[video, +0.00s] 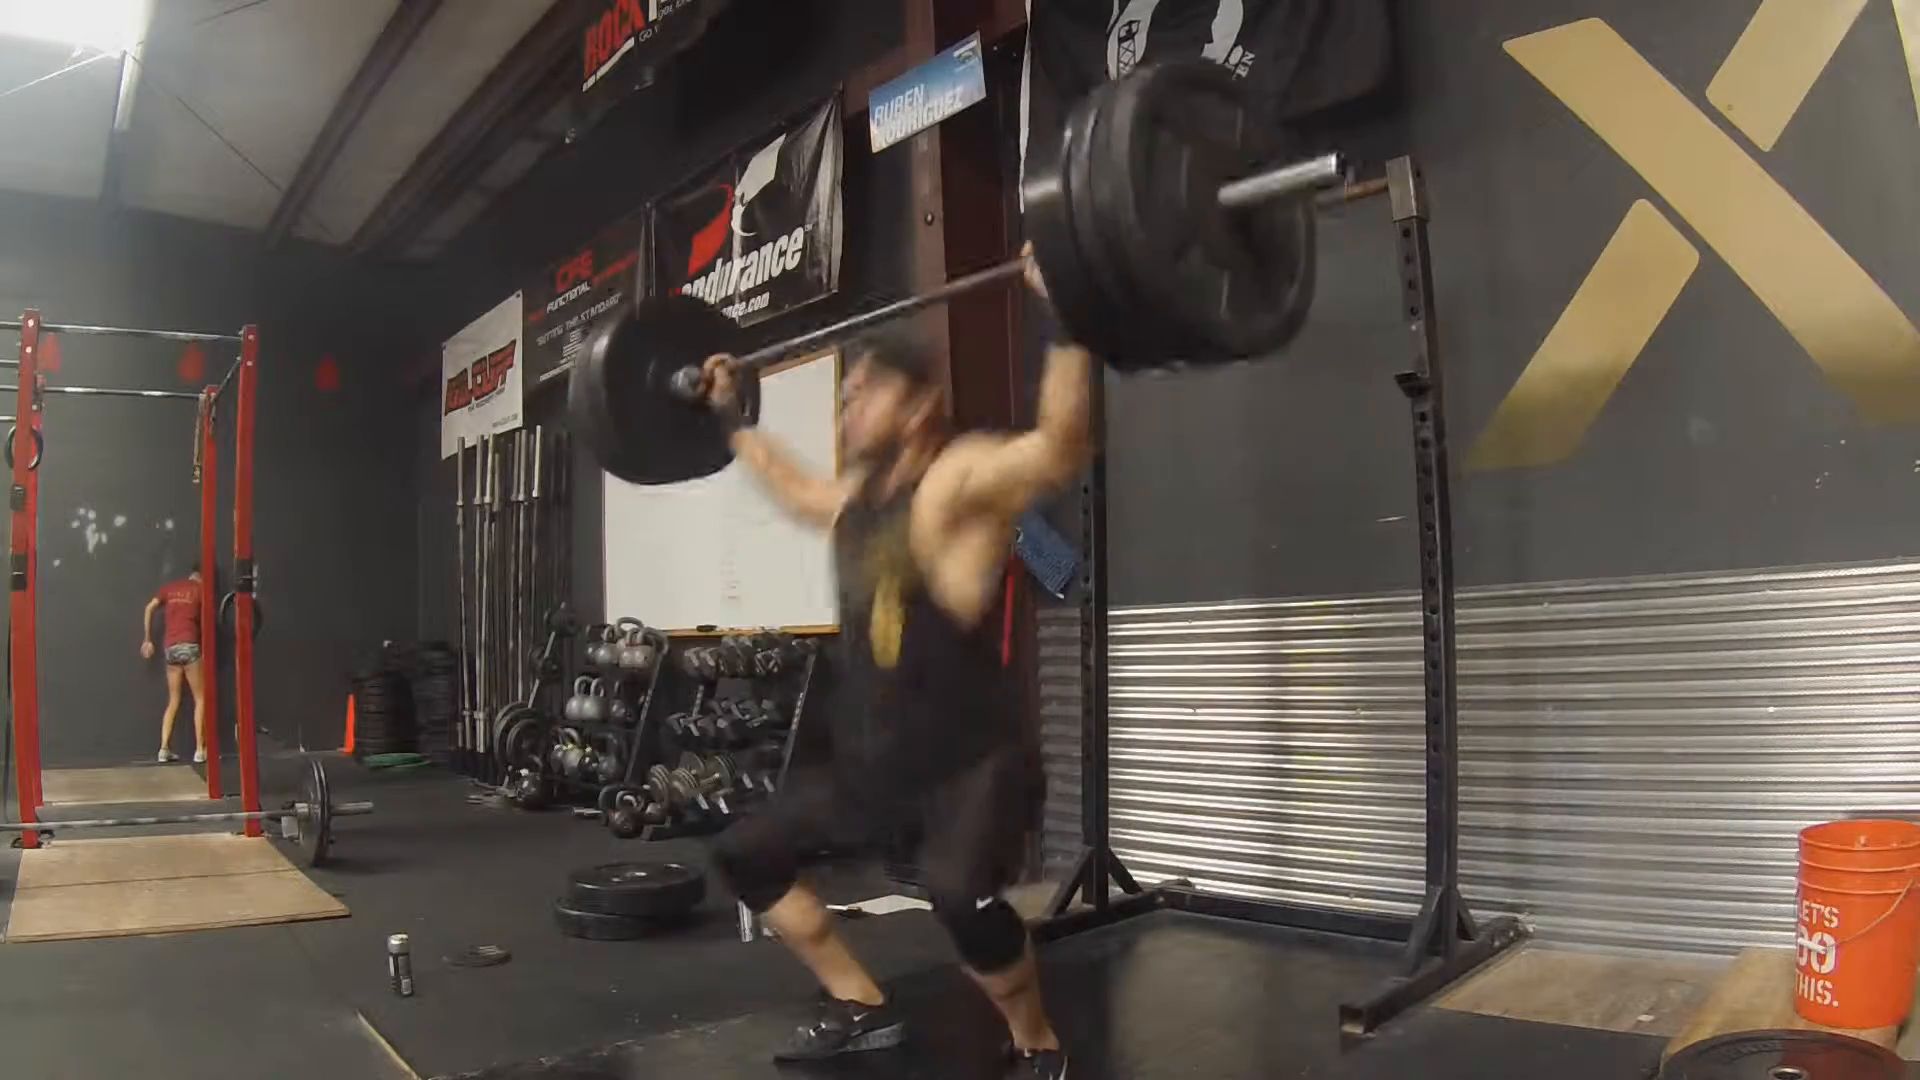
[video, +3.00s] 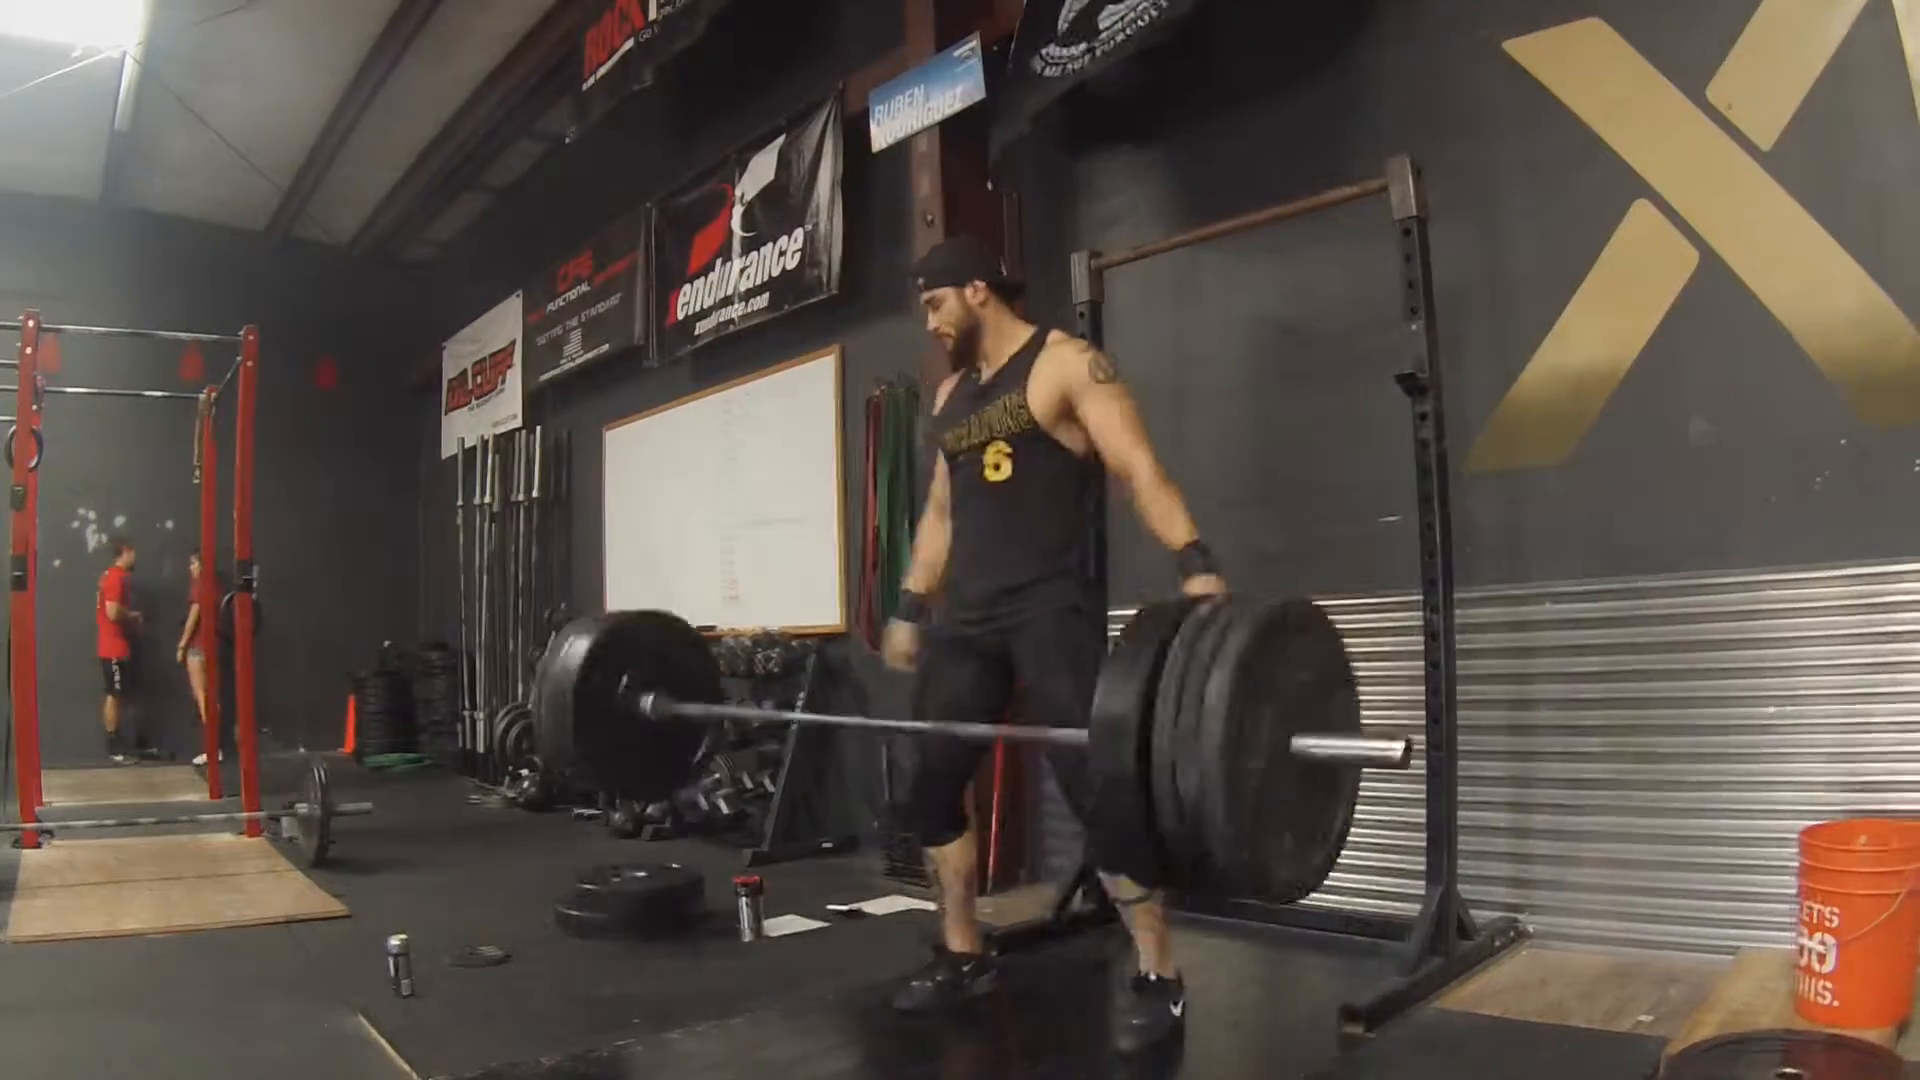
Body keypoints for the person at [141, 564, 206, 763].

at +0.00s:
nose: (204, 582)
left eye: (203, 578)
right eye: (204, 578)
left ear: (190, 573)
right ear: (201, 576)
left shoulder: (170, 588)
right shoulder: (201, 589)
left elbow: (149, 608)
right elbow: (207, 618)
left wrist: (147, 639)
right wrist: (208, 644)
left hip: (170, 643)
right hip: (190, 642)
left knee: (173, 700)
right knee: (199, 698)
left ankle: (164, 748)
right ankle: (200, 749)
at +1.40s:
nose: (182, 568)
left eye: (182, 564)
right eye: (187, 564)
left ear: (181, 564)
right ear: (197, 564)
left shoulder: (170, 585)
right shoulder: (201, 584)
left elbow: (167, 615)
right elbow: (207, 614)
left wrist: (170, 631)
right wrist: (207, 636)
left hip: (174, 641)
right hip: (195, 640)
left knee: (170, 696)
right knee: (199, 695)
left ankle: (164, 745)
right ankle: (200, 746)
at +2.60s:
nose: (189, 566)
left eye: (192, 562)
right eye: (190, 561)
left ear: (202, 563)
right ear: (205, 564)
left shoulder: (196, 582)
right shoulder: (216, 584)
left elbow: (192, 612)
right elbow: (219, 615)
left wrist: (183, 643)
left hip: (195, 645)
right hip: (213, 645)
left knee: (187, 696)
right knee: (213, 696)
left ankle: (186, 747)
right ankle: (215, 748)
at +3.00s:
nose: (191, 568)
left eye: (194, 563)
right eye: (191, 564)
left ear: (203, 565)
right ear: (205, 565)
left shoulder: (199, 586)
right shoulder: (216, 586)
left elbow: (194, 615)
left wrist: (182, 644)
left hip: (199, 646)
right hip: (214, 644)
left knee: (201, 696)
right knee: (213, 696)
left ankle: (211, 747)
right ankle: (215, 745)